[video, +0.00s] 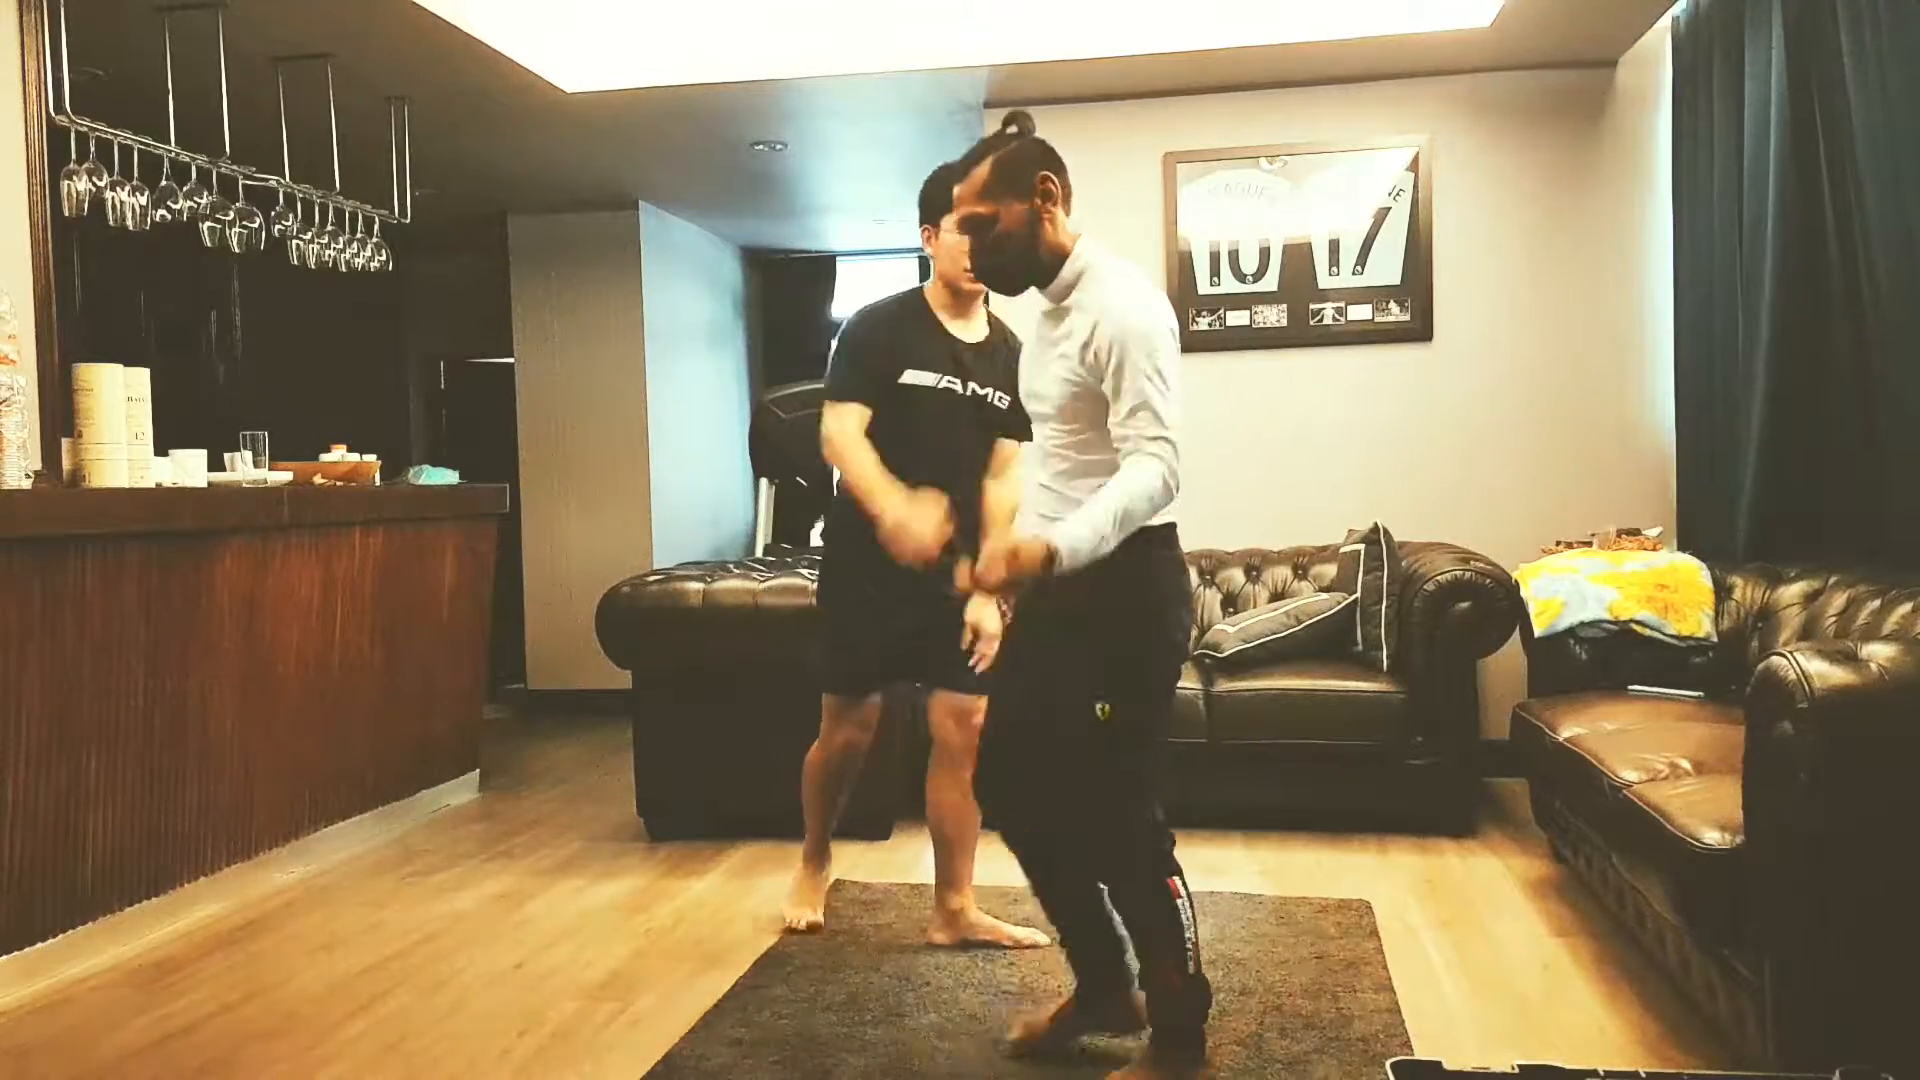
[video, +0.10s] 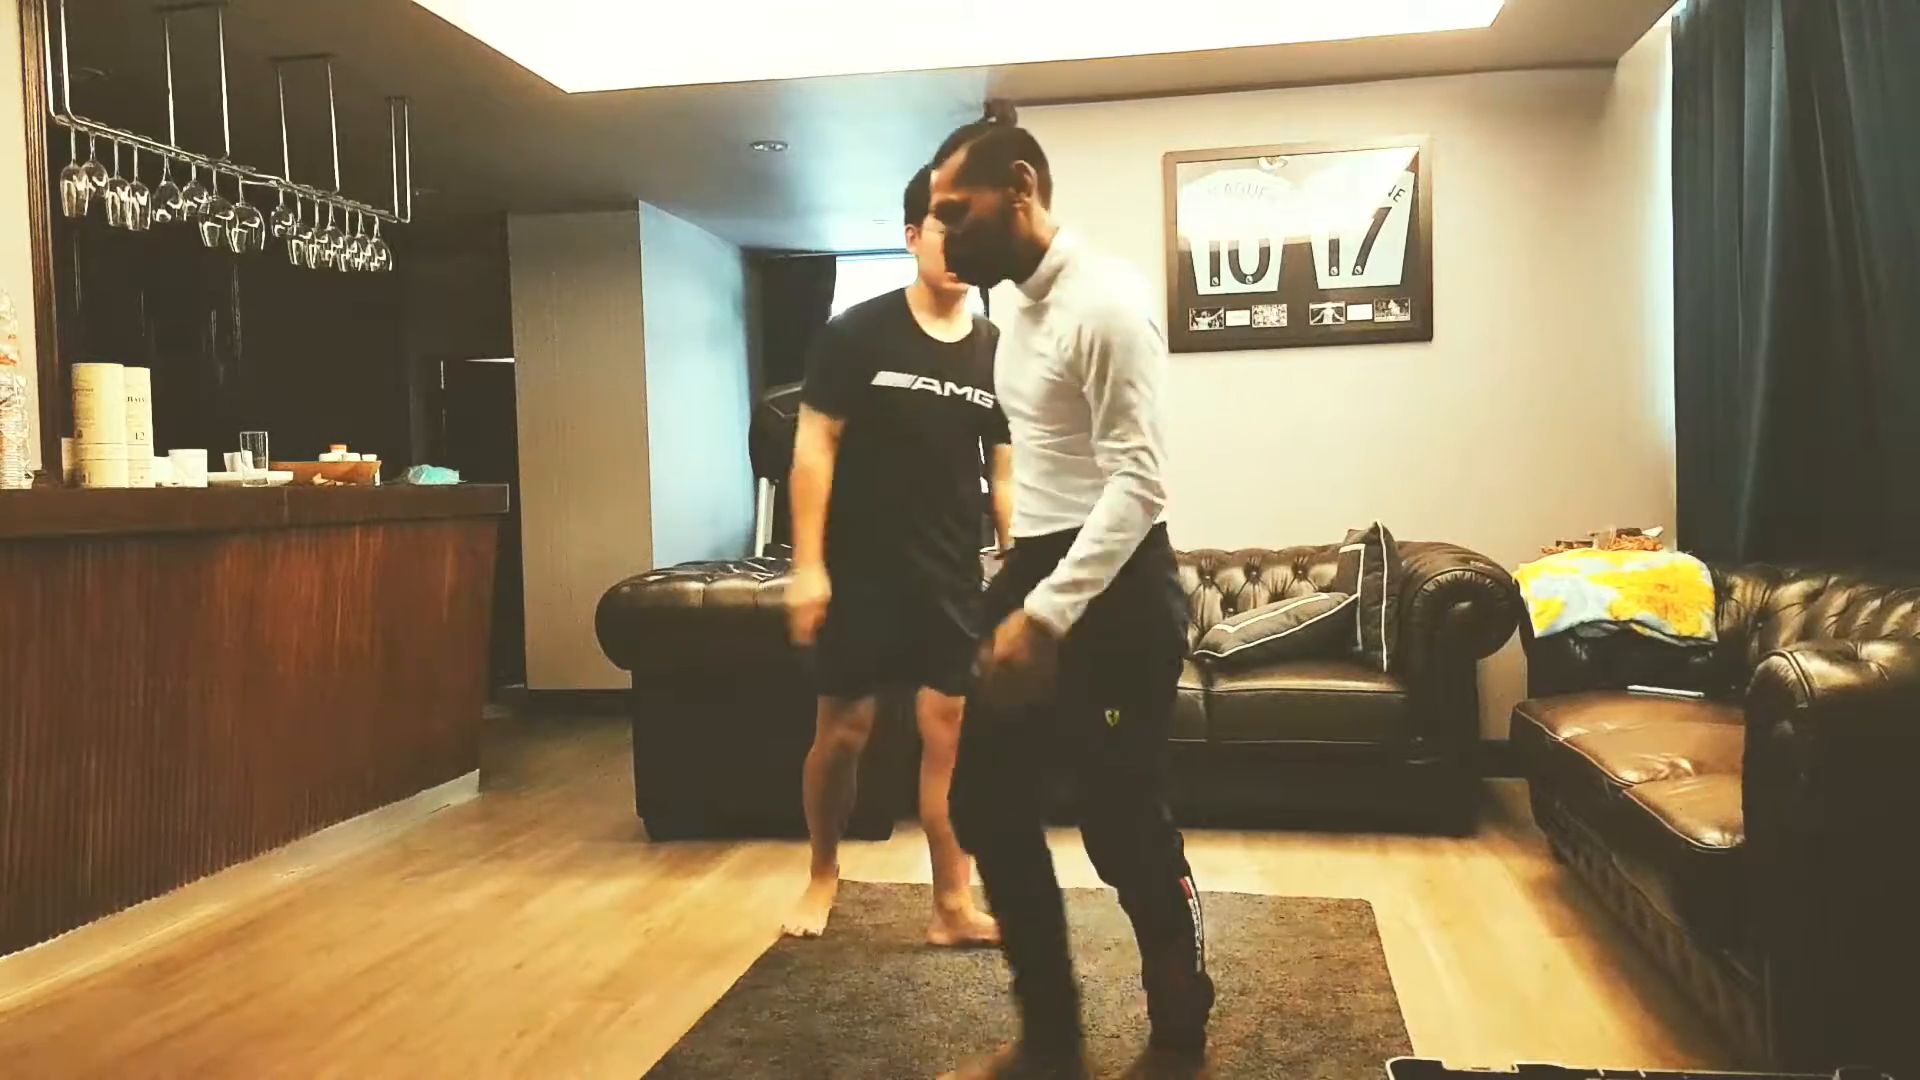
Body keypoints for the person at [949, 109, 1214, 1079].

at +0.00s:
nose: (976, 246)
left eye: (987, 225)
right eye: (969, 229)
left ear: (1051, 198)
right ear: (1036, 207)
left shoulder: (1126, 306)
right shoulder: (1035, 311)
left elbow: (1154, 466)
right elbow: (1048, 453)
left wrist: (1056, 543)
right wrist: (1010, 547)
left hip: (1128, 578)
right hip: (1054, 580)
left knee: (1114, 798)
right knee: (1012, 783)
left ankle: (1180, 1026)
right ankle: (1103, 991)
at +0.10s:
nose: (943, 233)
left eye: (956, 210)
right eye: (938, 214)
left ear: (1025, 193)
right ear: (1003, 203)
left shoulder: (1108, 306)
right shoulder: (1011, 302)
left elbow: (1140, 482)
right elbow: (1042, 452)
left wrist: (1046, 611)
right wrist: (1015, 555)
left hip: (1119, 582)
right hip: (1036, 576)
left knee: (1124, 821)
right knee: (990, 809)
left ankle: (1179, 1019)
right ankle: (1050, 1038)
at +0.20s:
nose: (907, 224)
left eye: (919, 201)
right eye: (904, 206)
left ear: (990, 186)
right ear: (980, 193)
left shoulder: (1082, 302)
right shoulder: (986, 310)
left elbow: (1119, 489)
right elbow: (1005, 468)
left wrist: (1064, 638)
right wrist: (982, 587)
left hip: (1091, 589)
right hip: (1004, 587)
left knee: (1119, 827)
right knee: (975, 831)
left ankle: (1177, 1010)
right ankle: (983, 1055)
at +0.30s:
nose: (869, 205)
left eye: (886, 184)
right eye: (868, 188)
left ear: (956, 180)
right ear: (946, 186)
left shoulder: (1048, 296)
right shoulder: (946, 309)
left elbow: (1100, 479)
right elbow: (973, 476)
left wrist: (1043, 639)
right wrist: (947, 628)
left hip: (1062, 593)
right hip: (968, 595)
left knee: (1097, 845)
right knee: (948, 858)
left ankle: (1171, 1012)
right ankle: (966, 1062)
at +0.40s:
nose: (833, 199)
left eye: (849, 178)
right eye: (832, 183)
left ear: (919, 172)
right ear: (909, 179)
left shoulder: (1018, 280)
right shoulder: (896, 317)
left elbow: (1068, 460)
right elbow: (925, 471)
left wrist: (1009, 623)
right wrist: (903, 611)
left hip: (1017, 590)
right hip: (924, 592)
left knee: (1020, 861)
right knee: (904, 869)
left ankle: (1126, 991)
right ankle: (947, 1065)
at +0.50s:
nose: (804, 199)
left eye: (818, 177)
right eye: (802, 183)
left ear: (886, 160)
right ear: (876, 168)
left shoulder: (987, 277)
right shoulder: (858, 325)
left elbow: (1054, 443)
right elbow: (866, 473)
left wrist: (960, 601)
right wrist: (857, 593)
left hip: (969, 596)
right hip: (880, 594)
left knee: (920, 851)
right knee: (869, 855)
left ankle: (1041, 998)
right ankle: (940, 1061)